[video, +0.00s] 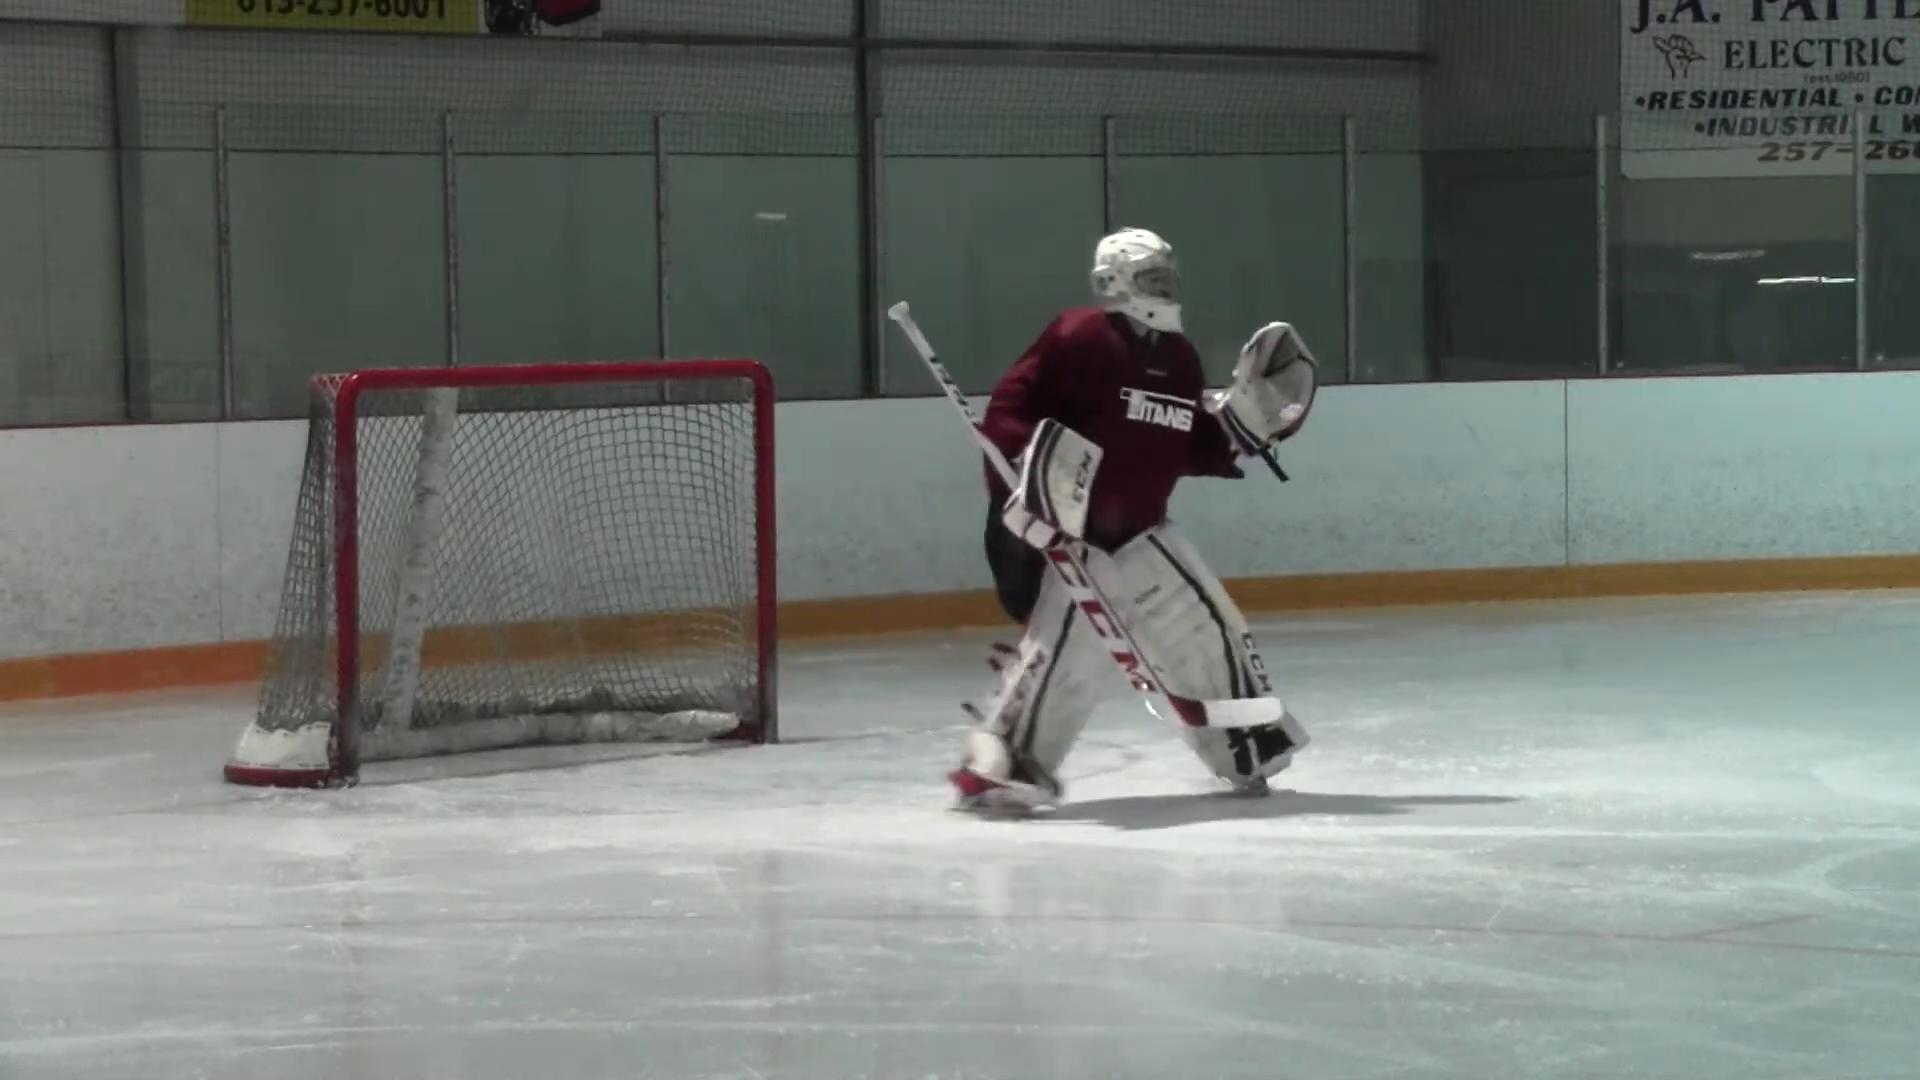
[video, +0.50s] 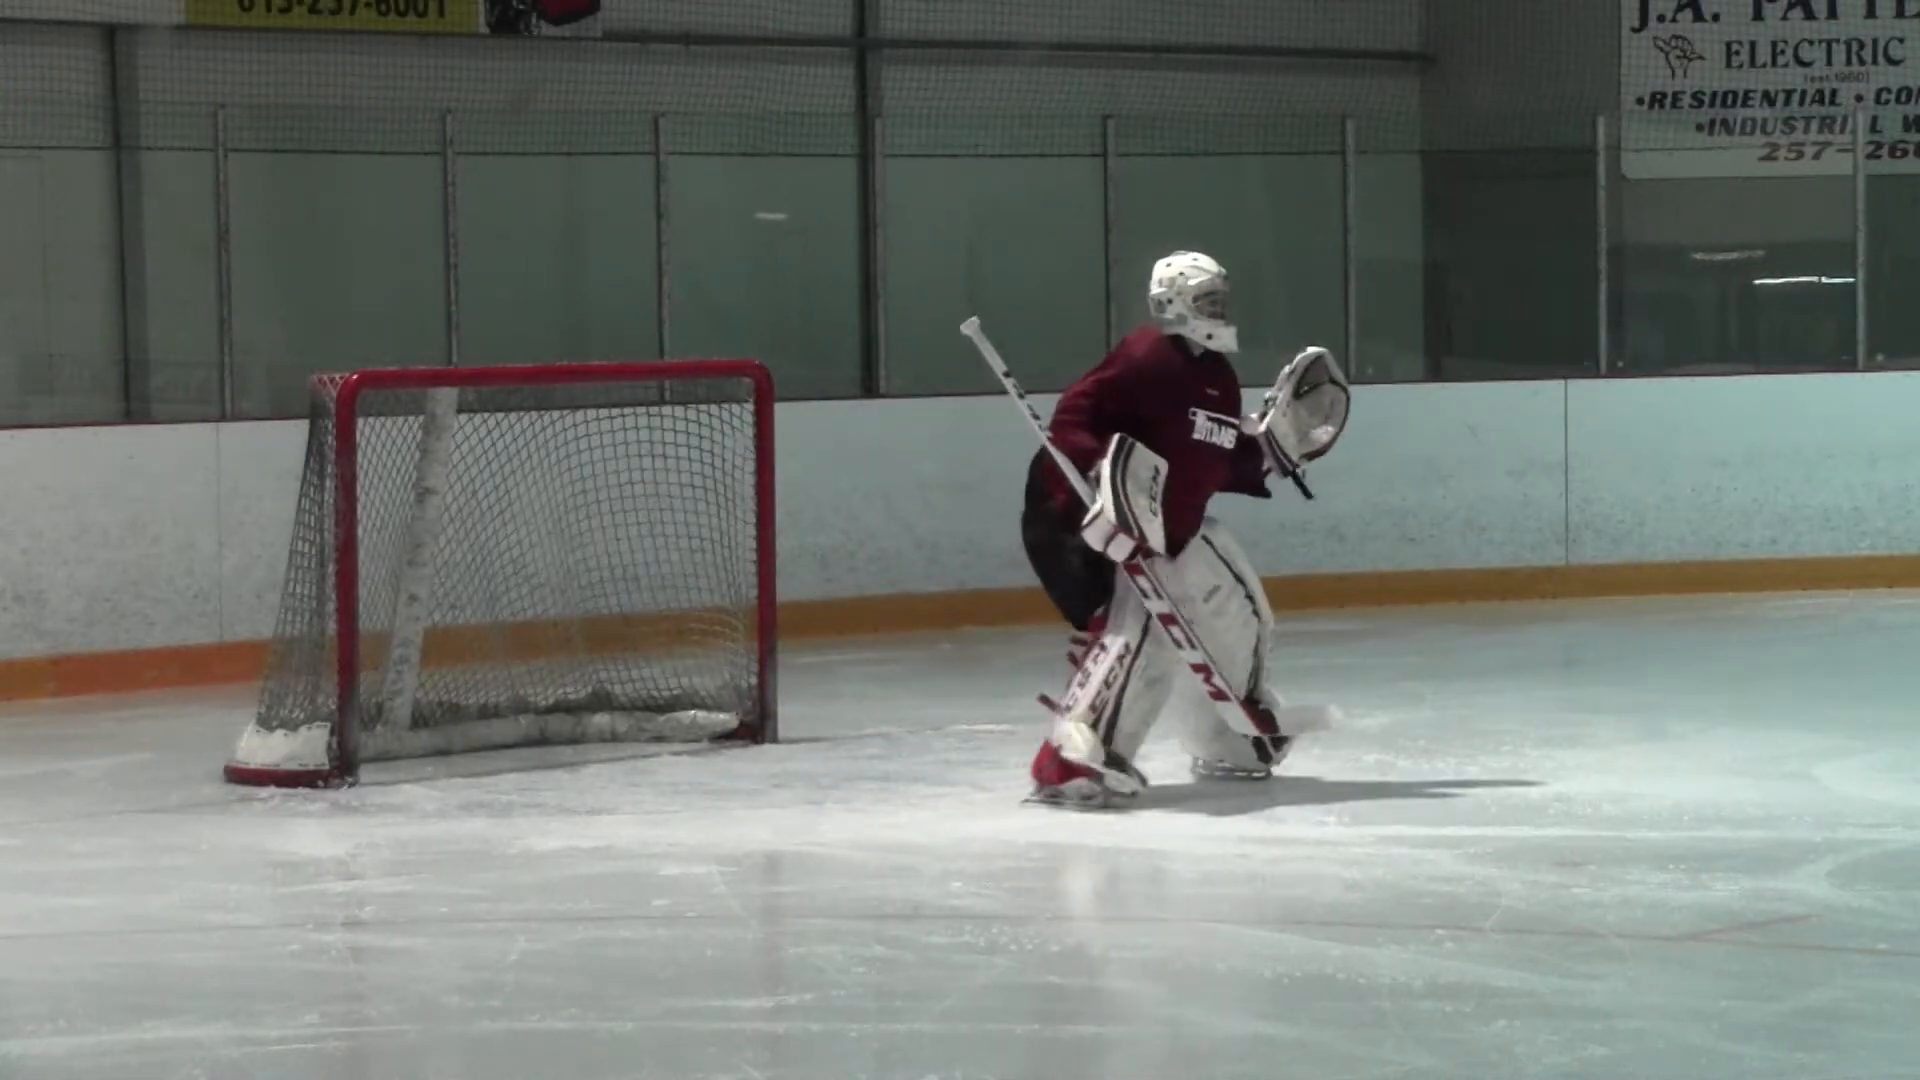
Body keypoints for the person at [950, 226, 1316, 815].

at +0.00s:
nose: (1163, 285)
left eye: (1167, 274)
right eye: (1148, 276)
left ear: (1174, 278)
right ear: (1112, 282)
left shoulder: (1180, 357)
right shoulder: (1079, 336)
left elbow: (1180, 446)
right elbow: (1001, 417)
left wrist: (1244, 423)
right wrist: (1053, 469)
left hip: (1144, 538)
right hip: (1071, 540)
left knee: (1205, 628)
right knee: (1064, 658)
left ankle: (1246, 754)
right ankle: (1004, 771)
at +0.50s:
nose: (1220, 309)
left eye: (1221, 299)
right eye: (1206, 301)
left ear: (1221, 302)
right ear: (1172, 308)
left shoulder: (1218, 376)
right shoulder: (1147, 358)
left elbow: (1204, 462)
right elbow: (1068, 420)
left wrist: (1274, 447)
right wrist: (1115, 480)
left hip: (1165, 530)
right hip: (1086, 525)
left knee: (1230, 610)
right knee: (1140, 632)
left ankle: (1231, 741)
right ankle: (1078, 757)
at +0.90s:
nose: (1230, 320)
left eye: (1231, 310)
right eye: (1217, 312)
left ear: (1226, 315)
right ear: (1184, 319)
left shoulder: (1216, 386)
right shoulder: (1158, 364)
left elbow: (1214, 473)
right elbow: (1090, 427)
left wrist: (1270, 458)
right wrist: (1138, 496)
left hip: (1159, 529)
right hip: (1085, 518)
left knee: (1232, 608)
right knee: (1150, 633)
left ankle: (1224, 737)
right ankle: (1060, 750)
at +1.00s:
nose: (1234, 318)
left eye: (1234, 308)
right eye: (1221, 310)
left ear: (1228, 314)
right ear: (1189, 317)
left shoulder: (1220, 382)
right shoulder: (1161, 364)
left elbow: (1209, 463)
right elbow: (1091, 422)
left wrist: (1270, 459)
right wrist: (1137, 480)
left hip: (1170, 525)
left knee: (1233, 612)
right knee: (1158, 623)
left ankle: (1218, 736)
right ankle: (1088, 748)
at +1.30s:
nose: (1227, 337)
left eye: (1227, 327)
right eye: (1216, 328)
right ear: (1185, 334)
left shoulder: (1197, 393)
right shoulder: (1158, 372)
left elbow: (1200, 490)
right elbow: (1088, 439)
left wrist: (1246, 471)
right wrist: (1137, 507)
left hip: (1101, 506)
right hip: (1055, 496)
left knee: (1194, 596)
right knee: (1128, 623)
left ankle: (1171, 725)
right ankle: (1040, 731)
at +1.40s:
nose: (1224, 346)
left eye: (1224, 335)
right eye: (1213, 337)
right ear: (1182, 342)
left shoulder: (1193, 402)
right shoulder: (1155, 378)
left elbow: (1191, 493)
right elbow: (1087, 439)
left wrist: (1239, 479)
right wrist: (1131, 508)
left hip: (1094, 512)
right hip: (1046, 499)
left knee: (1182, 596)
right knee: (1123, 618)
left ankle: (1160, 726)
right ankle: (1044, 735)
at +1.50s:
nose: (1215, 358)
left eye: (1215, 347)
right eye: (1203, 348)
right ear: (1173, 353)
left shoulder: (1180, 410)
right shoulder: (1147, 386)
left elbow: (1187, 513)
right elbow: (1076, 451)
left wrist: (1232, 482)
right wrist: (1119, 524)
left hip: (1068, 517)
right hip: (1028, 505)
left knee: (1161, 596)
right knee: (1124, 616)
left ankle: (1120, 725)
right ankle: (1030, 726)